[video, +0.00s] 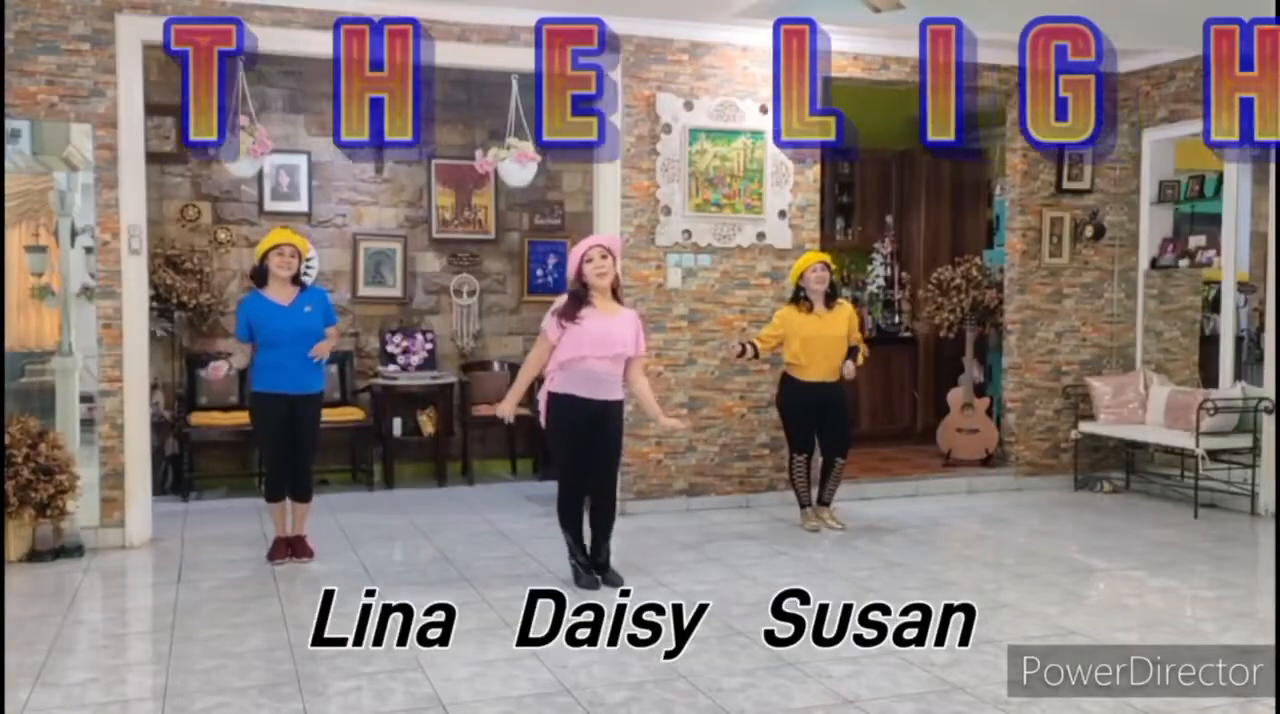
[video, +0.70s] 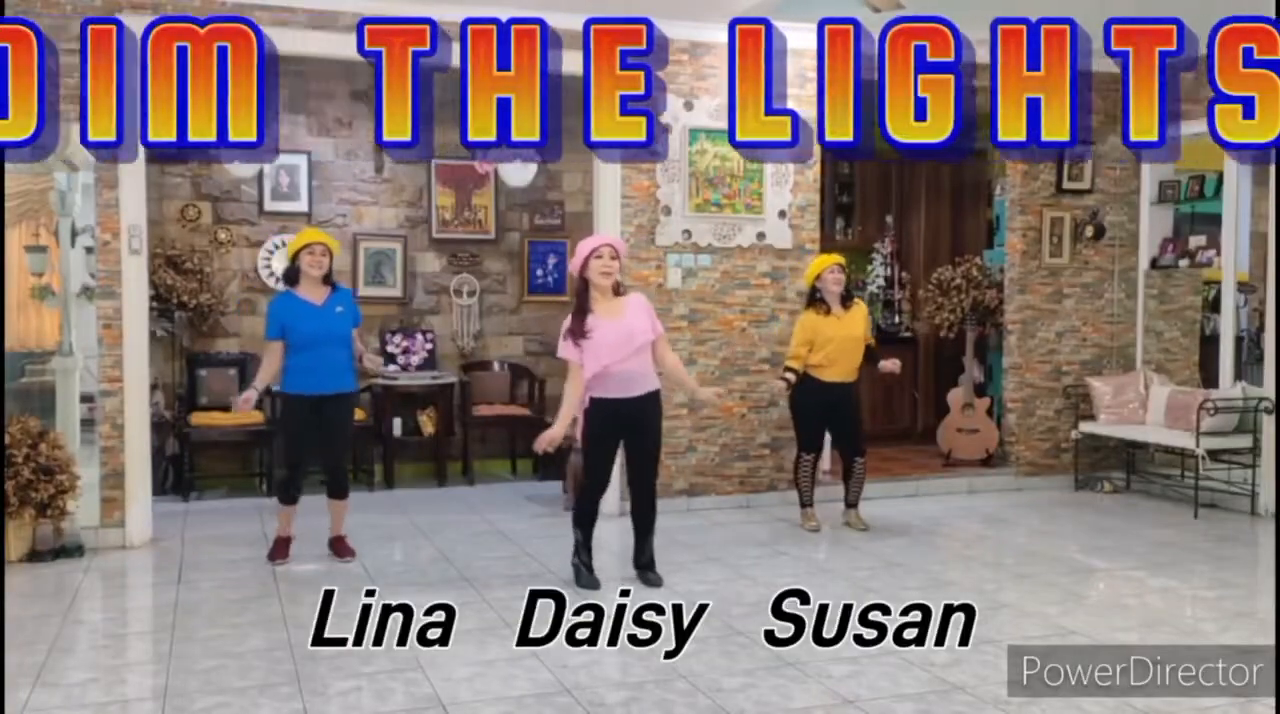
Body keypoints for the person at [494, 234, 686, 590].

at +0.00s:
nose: (599, 264)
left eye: (605, 258)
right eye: (591, 260)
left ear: (616, 266)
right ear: (580, 272)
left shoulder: (629, 319)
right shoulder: (566, 308)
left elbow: (635, 375)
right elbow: (537, 357)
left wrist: (660, 417)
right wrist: (510, 401)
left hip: (608, 406)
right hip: (566, 403)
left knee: (605, 485)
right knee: (572, 482)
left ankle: (601, 559)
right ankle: (578, 559)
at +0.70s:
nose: (608, 264)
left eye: (613, 258)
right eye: (599, 259)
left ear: (620, 266)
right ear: (583, 269)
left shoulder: (639, 305)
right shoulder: (579, 321)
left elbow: (665, 355)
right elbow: (575, 379)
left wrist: (694, 389)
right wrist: (559, 426)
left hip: (645, 405)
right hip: (601, 409)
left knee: (644, 485)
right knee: (594, 485)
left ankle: (645, 560)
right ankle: (582, 557)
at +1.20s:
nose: (621, 271)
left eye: (627, 264)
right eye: (613, 264)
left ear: (634, 272)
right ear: (598, 274)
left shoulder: (651, 307)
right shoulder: (591, 325)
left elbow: (679, 355)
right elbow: (597, 380)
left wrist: (722, 377)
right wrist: (608, 415)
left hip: (667, 404)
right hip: (627, 411)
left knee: (660, 487)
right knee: (631, 487)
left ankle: (647, 559)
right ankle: (626, 559)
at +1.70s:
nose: (621, 262)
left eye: (627, 257)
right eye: (613, 257)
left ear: (637, 266)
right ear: (601, 267)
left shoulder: (648, 313)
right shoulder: (586, 311)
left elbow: (661, 368)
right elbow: (571, 368)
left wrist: (689, 403)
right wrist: (573, 420)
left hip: (643, 406)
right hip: (600, 408)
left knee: (642, 487)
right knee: (599, 485)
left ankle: (644, 559)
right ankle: (589, 557)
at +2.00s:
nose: (614, 267)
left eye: (620, 260)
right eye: (606, 262)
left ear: (631, 269)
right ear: (595, 272)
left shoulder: (639, 319)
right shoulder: (579, 309)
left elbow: (642, 375)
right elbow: (542, 350)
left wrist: (654, 422)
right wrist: (529, 403)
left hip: (622, 410)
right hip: (579, 408)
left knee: (630, 486)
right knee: (582, 486)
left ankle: (635, 559)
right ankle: (586, 561)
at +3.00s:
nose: (627, 263)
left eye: (633, 257)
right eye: (618, 258)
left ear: (642, 265)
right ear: (606, 267)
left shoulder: (661, 304)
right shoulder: (601, 312)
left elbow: (684, 349)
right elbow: (589, 369)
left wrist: (692, 389)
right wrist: (571, 412)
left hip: (657, 403)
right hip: (612, 404)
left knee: (659, 485)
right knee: (603, 483)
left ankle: (662, 561)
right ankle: (591, 557)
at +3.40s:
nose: (647, 262)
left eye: (653, 256)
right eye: (639, 257)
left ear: (662, 265)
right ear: (627, 268)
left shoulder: (681, 304)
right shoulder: (620, 317)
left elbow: (713, 332)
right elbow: (608, 373)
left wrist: (703, 374)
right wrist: (621, 399)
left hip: (677, 404)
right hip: (637, 406)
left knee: (671, 487)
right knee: (639, 487)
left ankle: (665, 560)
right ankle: (642, 557)